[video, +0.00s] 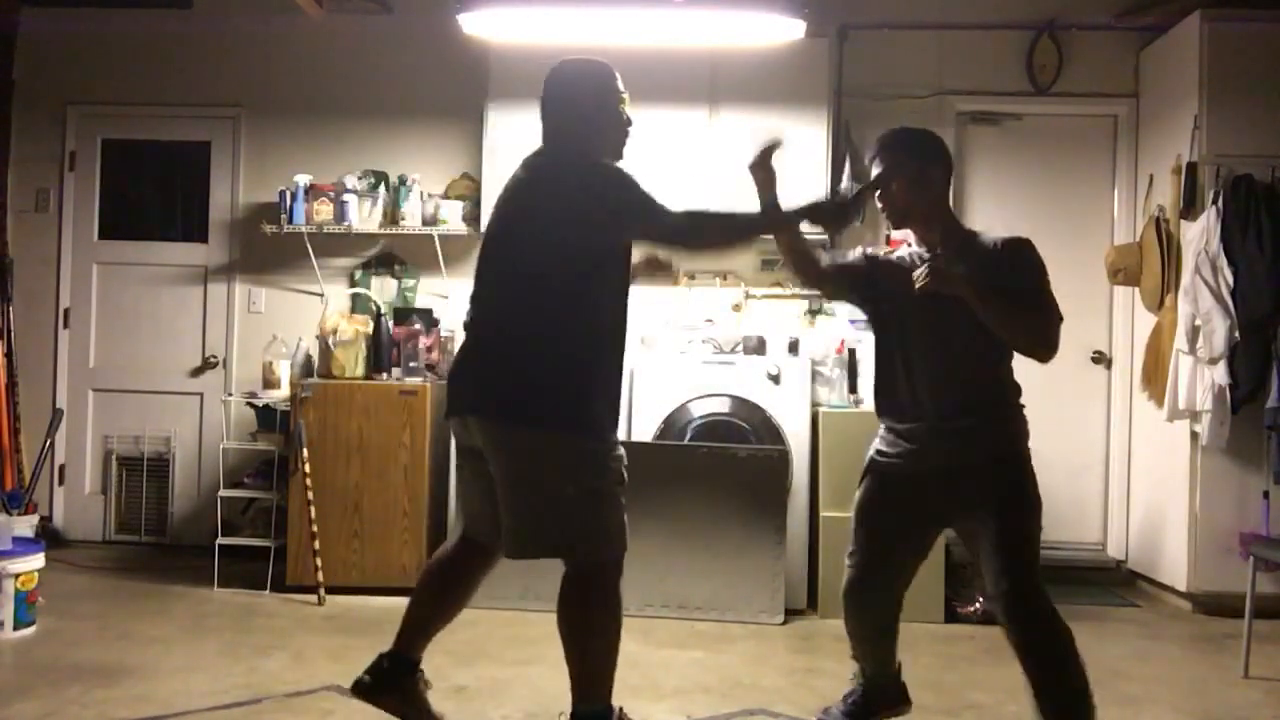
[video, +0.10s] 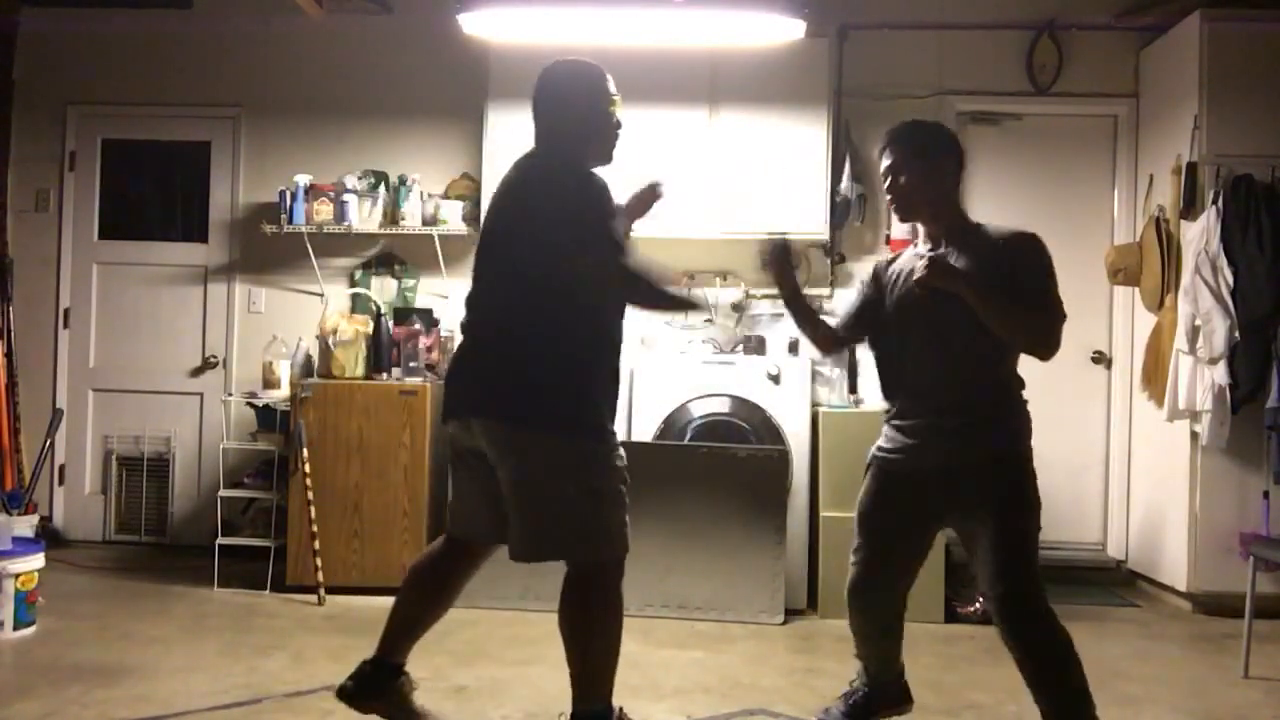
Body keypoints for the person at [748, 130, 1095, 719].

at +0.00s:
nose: (877, 194)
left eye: (888, 180)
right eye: (875, 183)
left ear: (932, 177)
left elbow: (1043, 343)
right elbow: (808, 268)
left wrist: (967, 288)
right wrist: (769, 193)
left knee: (1016, 598)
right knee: (864, 589)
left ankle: (1073, 715)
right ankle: (879, 688)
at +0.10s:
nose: (887, 186)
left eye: (898, 172)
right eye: (884, 176)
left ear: (944, 170)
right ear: (887, 182)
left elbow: (1045, 340)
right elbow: (832, 340)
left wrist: (961, 283)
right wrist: (788, 285)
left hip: (991, 451)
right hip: (905, 450)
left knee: (1015, 603)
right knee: (869, 586)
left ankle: (1073, 717)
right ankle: (883, 685)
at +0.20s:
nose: (892, 178)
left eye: (904, 163)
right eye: (890, 166)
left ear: (952, 160)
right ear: (900, 172)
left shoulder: (1021, 239)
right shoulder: (897, 273)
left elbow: (1043, 335)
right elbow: (888, 381)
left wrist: (956, 287)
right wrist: (839, 370)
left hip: (990, 453)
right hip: (906, 450)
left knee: (1013, 613)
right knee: (860, 584)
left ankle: (1074, 718)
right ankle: (883, 684)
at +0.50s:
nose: (891, 172)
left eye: (900, 156)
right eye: (888, 159)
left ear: (946, 147)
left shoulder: (1000, 226)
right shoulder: (928, 245)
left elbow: (967, 330)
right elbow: (887, 340)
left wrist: (904, 260)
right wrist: (850, 274)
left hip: (982, 439)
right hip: (918, 435)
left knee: (1007, 605)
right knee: (867, 563)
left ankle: (1070, 718)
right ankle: (894, 695)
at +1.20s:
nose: (888, 190)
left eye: (895, 174)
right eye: (883, 177)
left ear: (936, 163)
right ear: (916, 174)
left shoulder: (994, 230)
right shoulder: (925, 254)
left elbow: (950, 313)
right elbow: (905, 353)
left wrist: (883, 276)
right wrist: (876, 286)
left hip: (1005, 444)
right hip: (942, 442)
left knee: (1034, 602)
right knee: (890, 565)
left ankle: (1100, 717)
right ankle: (888, 697)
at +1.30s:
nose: (877, 186)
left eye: (883, 170)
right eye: (872, 173)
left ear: (925, 160)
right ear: (920, 165)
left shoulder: (965, 229)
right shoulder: (928, 239)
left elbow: (867, 284)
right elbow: (919, 347)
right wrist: (880, 290)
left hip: (1006, 437)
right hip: (948, 435)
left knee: (1034, 604)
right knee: (900, 563)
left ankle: (1098, 715)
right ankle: (890, 696)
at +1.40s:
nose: (879, 183)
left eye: (886, 167)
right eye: (875, 170)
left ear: (927, 160)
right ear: (932, 163)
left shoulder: (956, 233)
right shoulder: (936, 230)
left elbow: (869, 317)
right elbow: (941, 336)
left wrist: (784, 318)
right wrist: (891, 292)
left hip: (998, 435)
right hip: (949, 431)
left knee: (1027, 596)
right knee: (902, 561)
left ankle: (1096, 714)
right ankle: (891, 696)